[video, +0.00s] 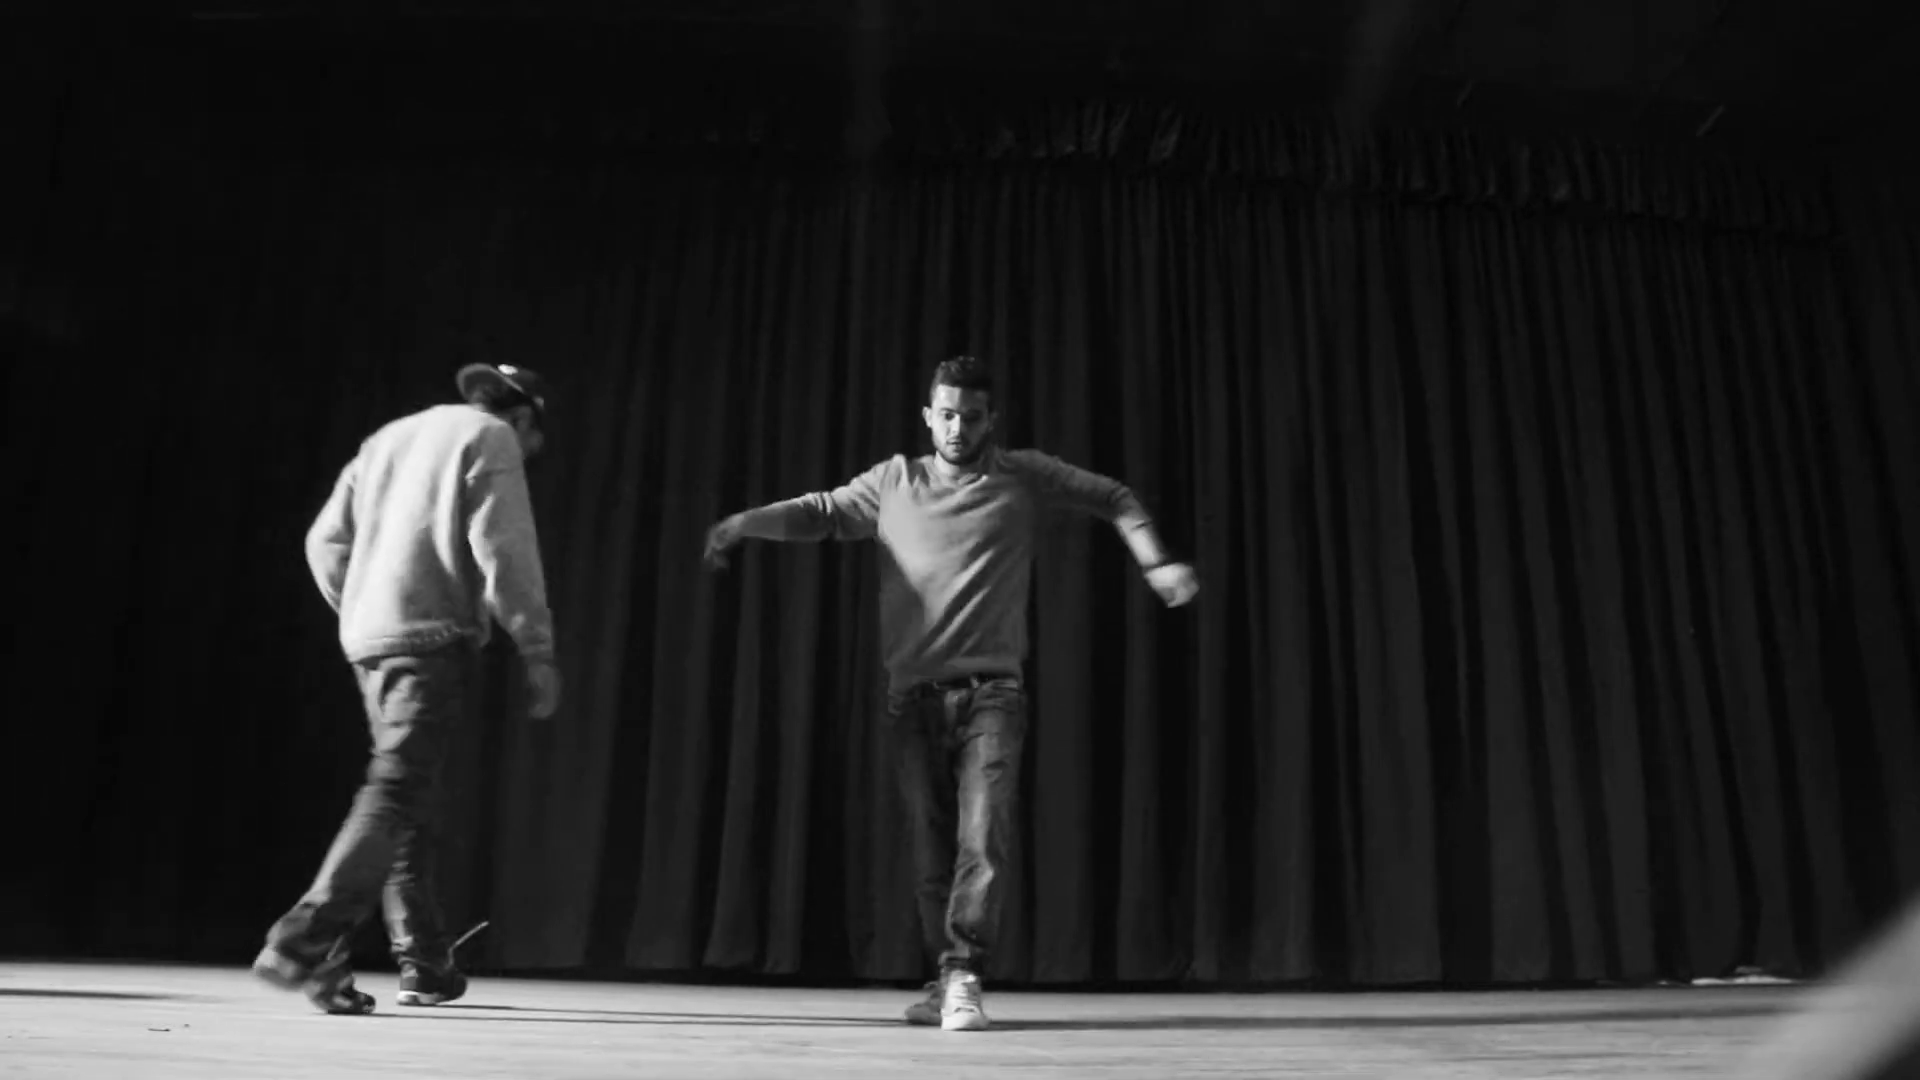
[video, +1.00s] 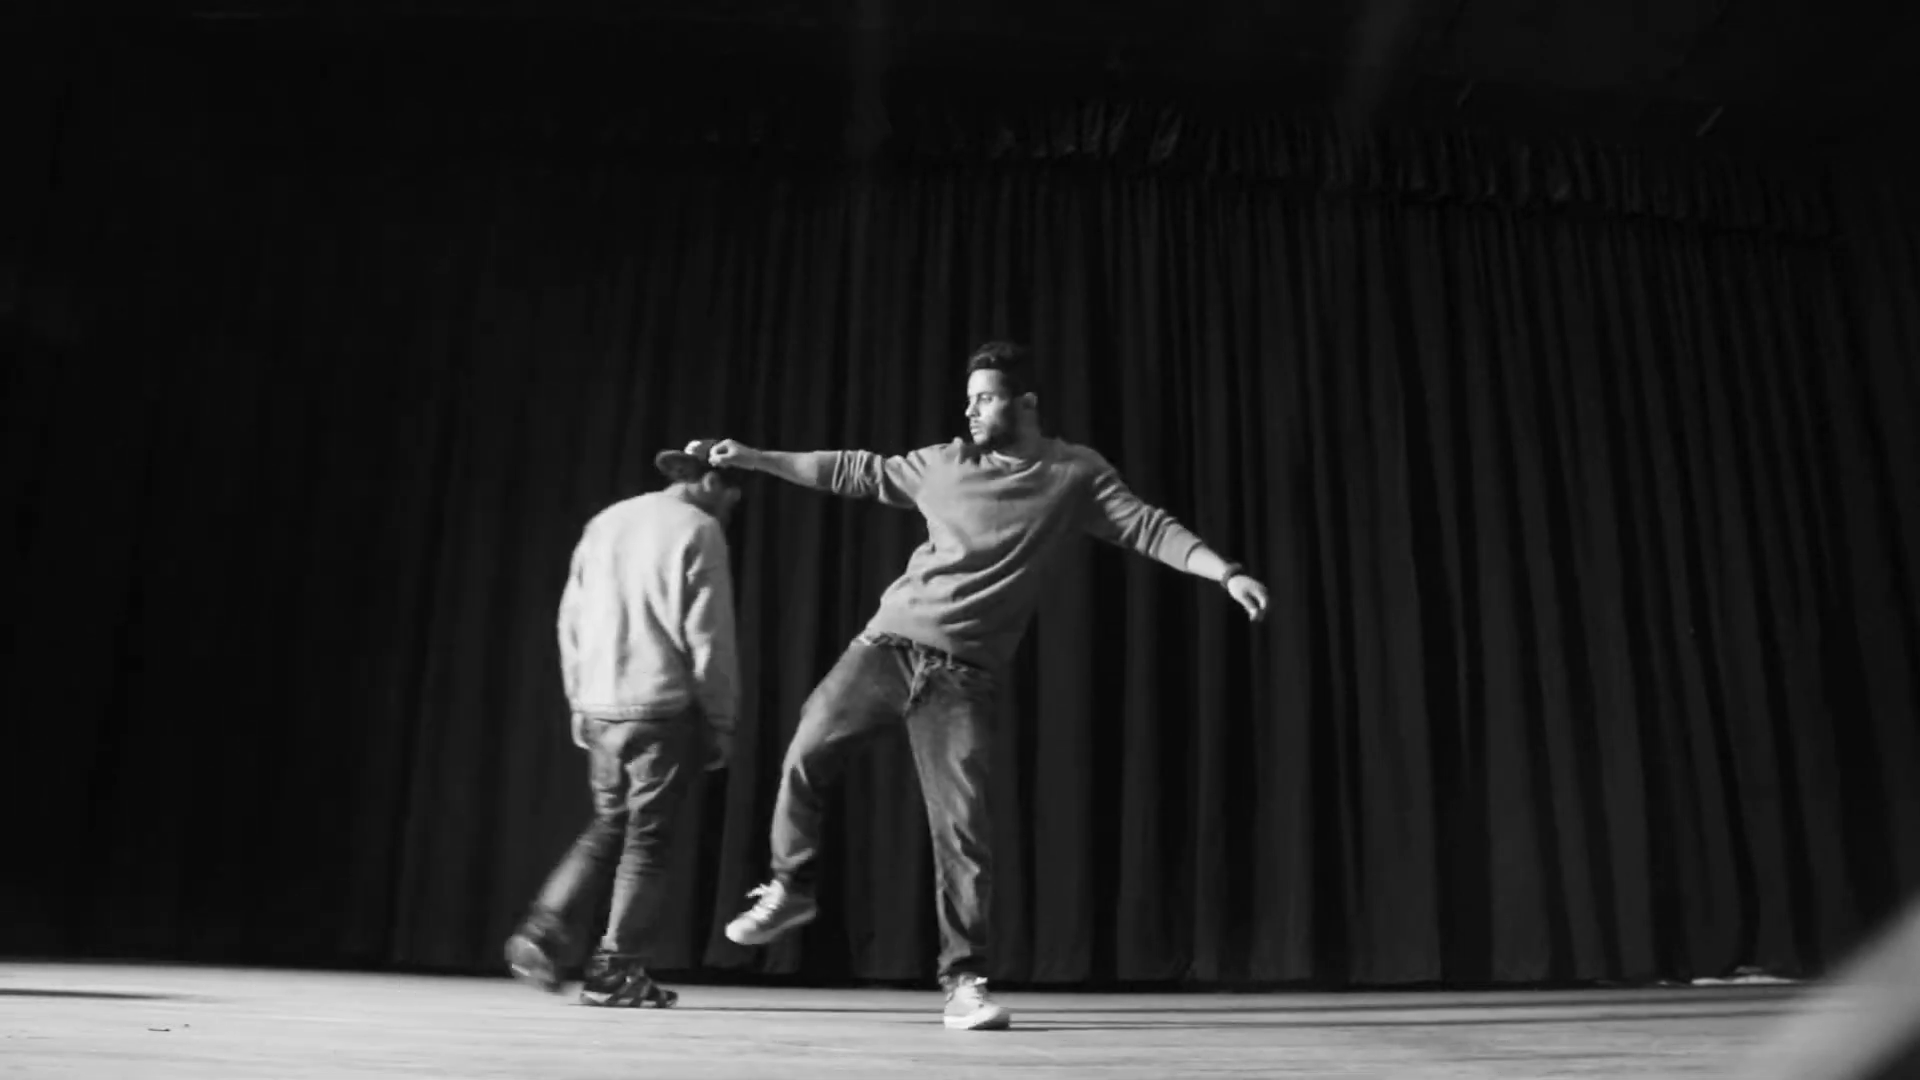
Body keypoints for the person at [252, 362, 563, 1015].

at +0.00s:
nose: (528, 449)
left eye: (532, 440)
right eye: (531, 435)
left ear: (478, 399)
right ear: (517, 414)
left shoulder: (384, 440)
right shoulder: (488, 435)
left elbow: (325, 540)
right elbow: (503, 547)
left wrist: (366, 614)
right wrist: (538, 654)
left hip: (366, 636)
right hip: (428, 634)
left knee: (404, 797)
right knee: (391, 793)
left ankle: (424, 966)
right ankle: (303, 950)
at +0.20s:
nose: (550, 472)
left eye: (555, 465)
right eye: (552, 459)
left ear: (499, 420)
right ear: (541, 436)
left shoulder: (422, 460)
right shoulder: (520, 448)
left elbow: (372, 563)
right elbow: (503, 545)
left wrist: (375, 659)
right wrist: (498, 636)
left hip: (402, 668)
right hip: (459, 663)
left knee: (422, 809)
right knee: (486, 804)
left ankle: (422, 964)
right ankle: (391, 905)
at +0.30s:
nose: (564, 476)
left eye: (569, 470)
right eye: (568, 465)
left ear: (514, 426)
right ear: (560, 443)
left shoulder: (439, 467)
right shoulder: (534, 454)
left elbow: (395, 566)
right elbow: (512, 549)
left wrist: (395, 664)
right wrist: (507, 642)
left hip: (417, 673)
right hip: (479, 666)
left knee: (428, 815)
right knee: (518, 802)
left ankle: (420, 968)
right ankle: (456, 941)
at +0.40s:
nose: (584, 484)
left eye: (589, 476)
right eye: (587, 471)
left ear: (534, 438)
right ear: (576, 451)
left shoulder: (460, 476)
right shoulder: (549, 465)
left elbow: (412, 575)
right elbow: (528, 566)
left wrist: (418, 671)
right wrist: (535, 666)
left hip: (433, 679)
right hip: (487, 674)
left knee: (435, 814)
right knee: (543, 802)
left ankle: (423, 963)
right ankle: (521, 961)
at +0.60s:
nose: (632, 503)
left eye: (636, 496)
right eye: (635, 491)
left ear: (584, 459)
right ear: (622, 472)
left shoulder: (507, 496)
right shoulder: (592, 498)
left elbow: (463, 594)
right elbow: (584, 604)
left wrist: (469, 677)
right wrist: (608, 698)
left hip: (476, 686)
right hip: (539, 689)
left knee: (462, 824)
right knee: (574, 827)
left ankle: (428, 963)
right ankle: (603, 964)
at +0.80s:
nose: (696, 507)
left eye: (699, 496)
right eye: (696, 494)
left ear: (643, 474)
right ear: (677, 481)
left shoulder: (562, 512)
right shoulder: (658, 527)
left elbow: (521, 609)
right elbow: (656, 638)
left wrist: (532, 690)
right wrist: (664, 729)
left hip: (539, 706)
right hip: (604, 710)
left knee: (535, 821)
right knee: (632, 833)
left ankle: (456, 922)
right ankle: (611, 971)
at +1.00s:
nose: (732, 506)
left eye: (735, 496)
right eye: (732, 495)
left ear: (676, 477)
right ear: (711, 483)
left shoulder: (603, 523)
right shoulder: (698, 529)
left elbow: (571, 625)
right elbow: (709, 638)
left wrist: (582, 704)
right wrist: (721, 721)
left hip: (600, 707)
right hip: (659, 708)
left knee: (606, 825)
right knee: (647, 840)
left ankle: (541, 936)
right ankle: (619, 968)